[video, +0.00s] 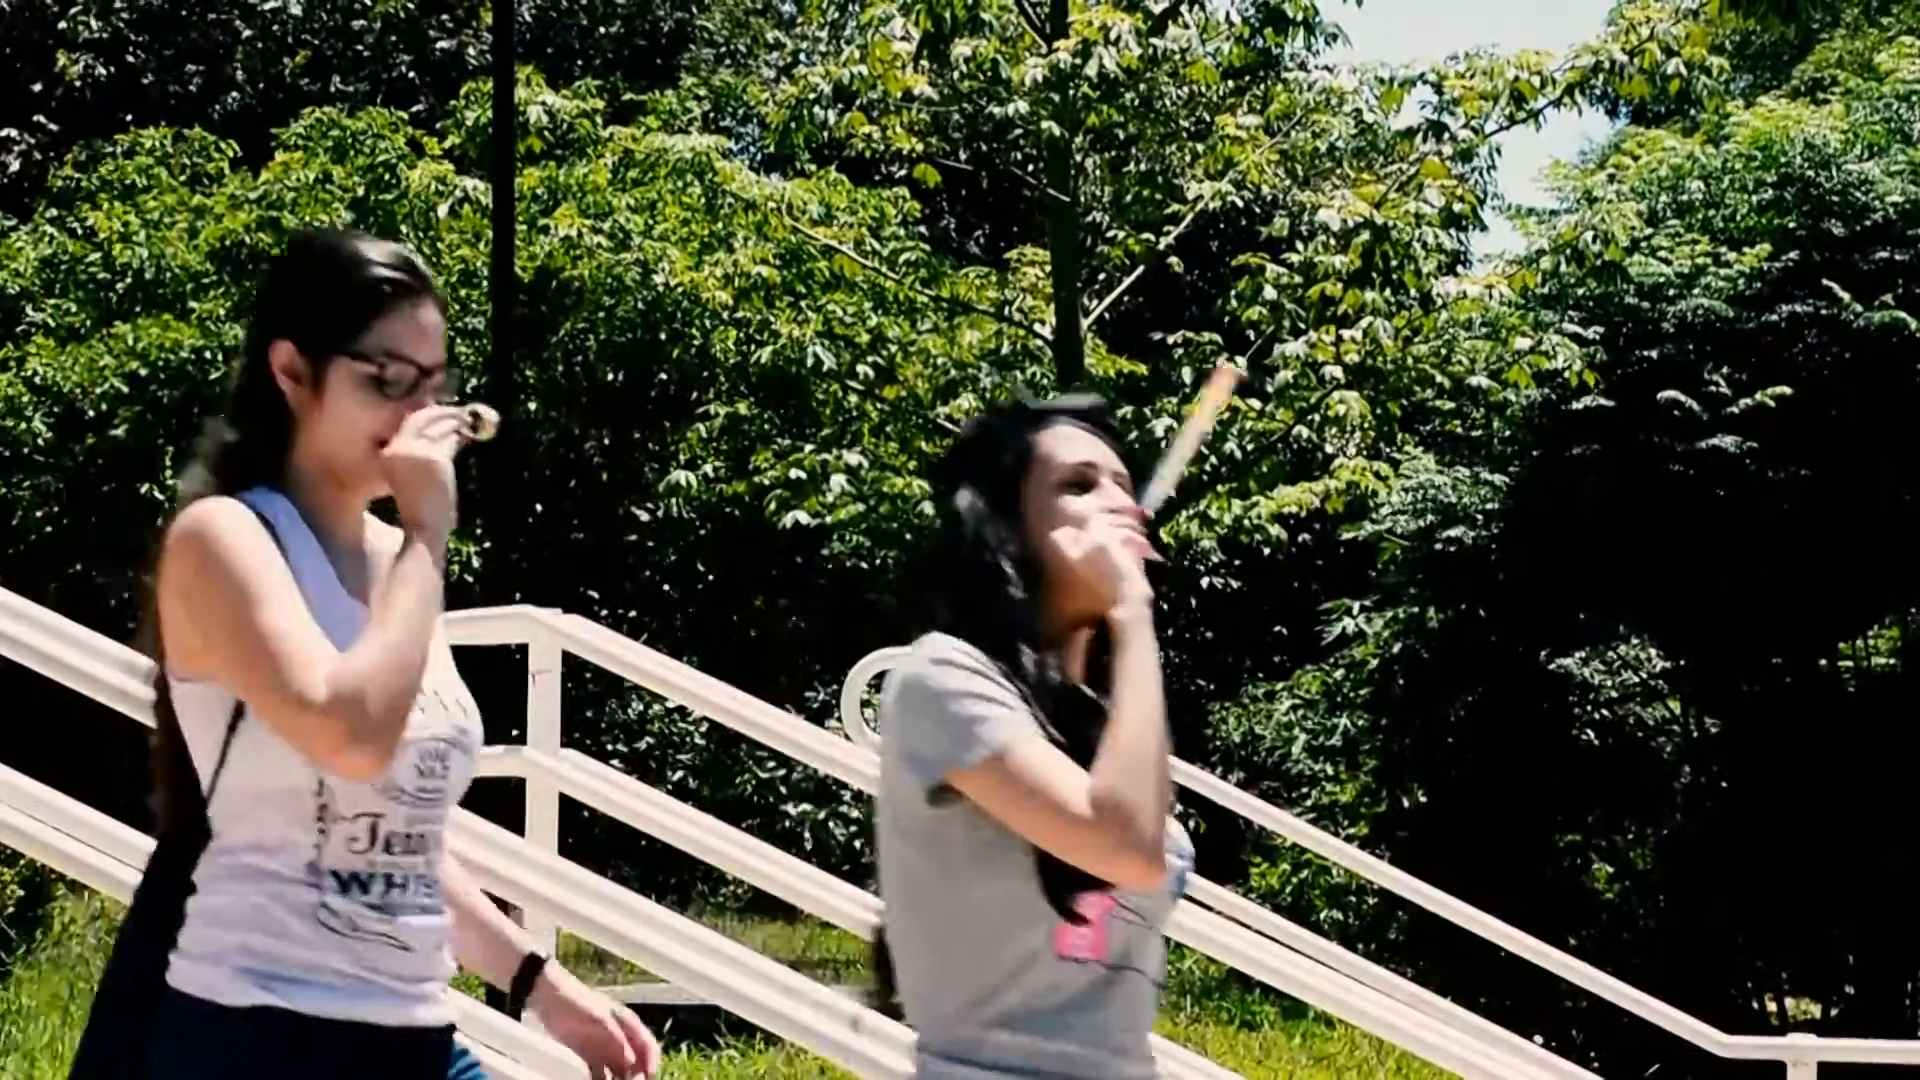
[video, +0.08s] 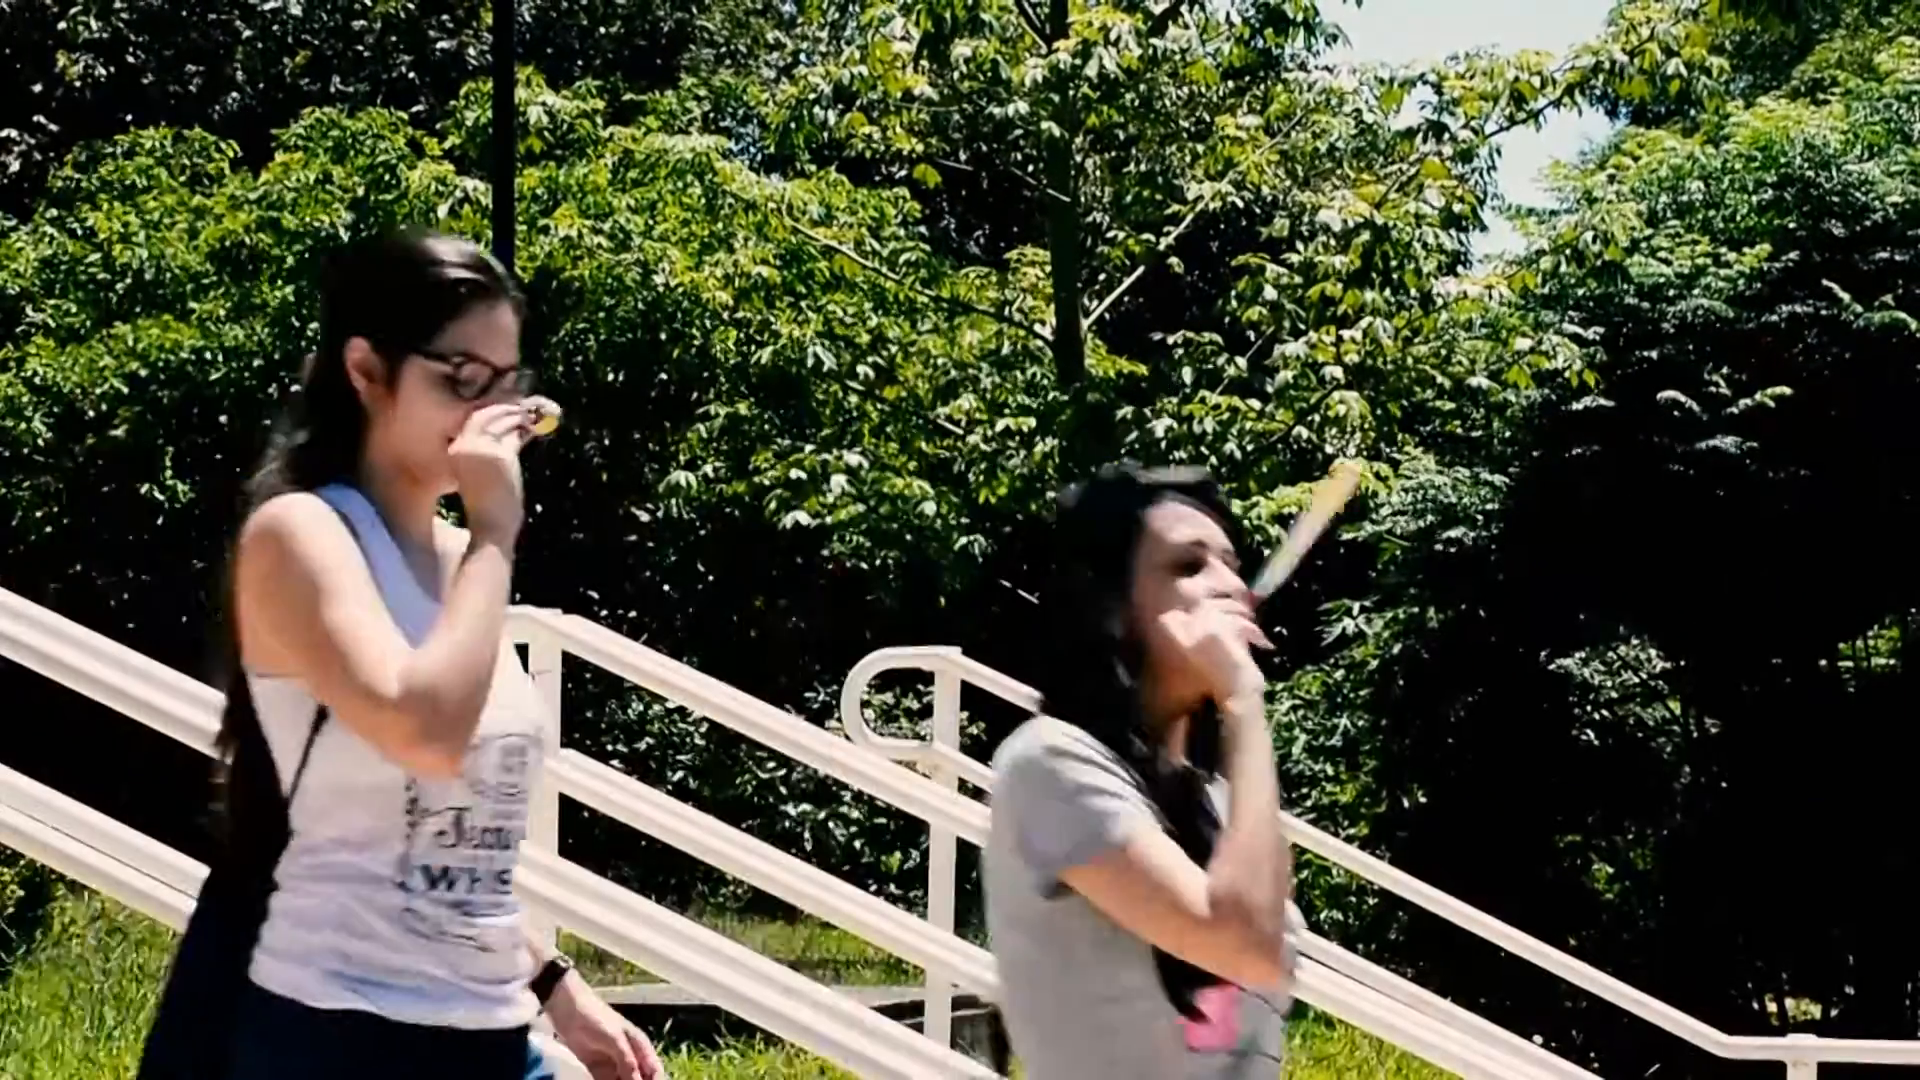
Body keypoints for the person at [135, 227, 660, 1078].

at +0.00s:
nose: (423, 410)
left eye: (435, 383)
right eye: (391, 377)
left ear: (450, 398)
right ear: (292, 373)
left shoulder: (404, 559)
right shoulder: (217, 537)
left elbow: (404, 837)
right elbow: (353, 737)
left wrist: (539, 983)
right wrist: (426, 538)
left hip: (412, 1030)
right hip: (244, 1024)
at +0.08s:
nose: (493, 410)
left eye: (506, 383)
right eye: (464, 375)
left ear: (521, 396)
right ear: (366, 370)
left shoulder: (467, 557)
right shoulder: (292, 535)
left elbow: (439, 837)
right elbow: (429, 733)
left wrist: (555, 986)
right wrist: (494, 536)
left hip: (489, 1029)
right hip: (329, 1024)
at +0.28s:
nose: (700, 444)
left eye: (708, 413)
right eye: (665, 409)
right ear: (569, 416)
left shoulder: (647, 595)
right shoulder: (512, 568)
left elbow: (637, 903)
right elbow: (606, 824)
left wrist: (756, 1038)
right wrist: (682, 615)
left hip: (678, 1050)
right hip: (543, 1048)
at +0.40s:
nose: (823, 497)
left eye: (829, 468)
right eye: (787, 465)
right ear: (687, 474)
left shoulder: (770, 655)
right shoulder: (635, 626)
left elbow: (764, 947)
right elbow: (709, 892)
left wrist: (943, 1045)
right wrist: (798, 693)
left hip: (782, 1061)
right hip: (644, 1058)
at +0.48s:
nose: (894, 476)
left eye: (902, 448)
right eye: (861, 445)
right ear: (760, 448)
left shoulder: (845, 634)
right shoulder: (702, 601)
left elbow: (844, 928)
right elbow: (786, 854)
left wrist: (1033, 985)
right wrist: (869, 651)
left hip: (866, 1053)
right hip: (727, 1053)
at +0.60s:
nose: (1010, 481)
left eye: (1012, 450)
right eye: (971, 450)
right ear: (869, 464)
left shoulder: (952, 643)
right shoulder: (811, 606)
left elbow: (951, 924)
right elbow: (944, 828)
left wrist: (1132, 959)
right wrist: (996, 627)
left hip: (980, 1058)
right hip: (857, 1057)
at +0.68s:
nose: (1097, 551)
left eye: (1093, 519)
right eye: (1057, 525)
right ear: (953, 554)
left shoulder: (1051, 727)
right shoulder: (907, 697)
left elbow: (1008, 1003)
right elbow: (1074, 907)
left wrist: (1185, 1054)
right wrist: (1099, 691)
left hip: (1040, 1069)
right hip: (931, 1067)